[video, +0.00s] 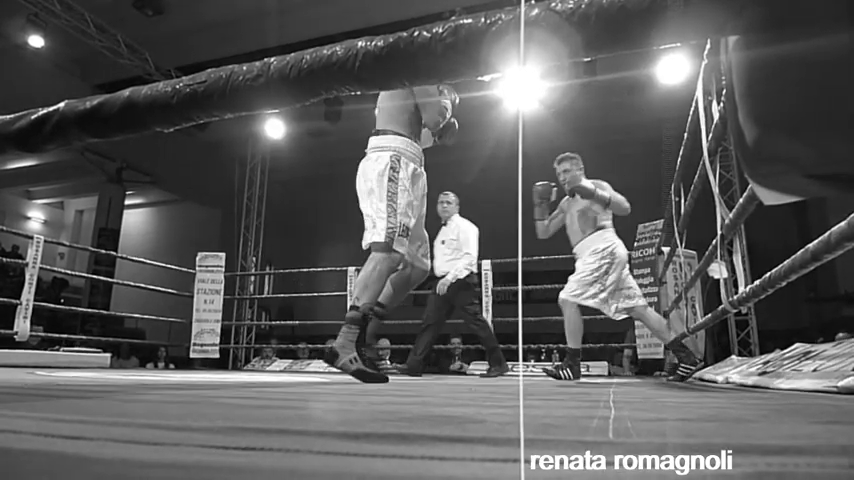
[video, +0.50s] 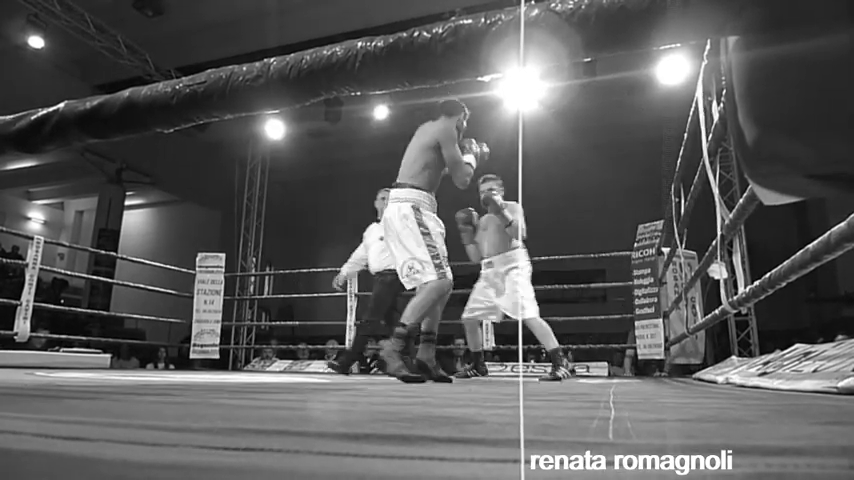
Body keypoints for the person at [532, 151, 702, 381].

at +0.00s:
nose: (564, 177)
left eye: (568, 171)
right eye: (560, 173)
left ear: (580, 170)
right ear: (558, 177)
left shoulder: (597, 186)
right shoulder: (566, 204)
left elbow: (625, 208)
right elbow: (543, 232)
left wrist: (593, 194)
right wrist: (540, 204)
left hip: (605, 248)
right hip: (591, 255)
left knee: (568, 299)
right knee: (639, 309)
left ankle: (572, 366)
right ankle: (686, 357)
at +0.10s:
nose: (545, 181)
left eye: (549, 175)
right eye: (541, 177)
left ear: (561, 175)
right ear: (538, 180)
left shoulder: (575, 195)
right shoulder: (543, 205)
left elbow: (599, 227)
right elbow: (532, 238)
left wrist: (569, 211)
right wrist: (524, 211)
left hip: (582, 252)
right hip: (564, 259)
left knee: (551, 306)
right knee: (593, 318)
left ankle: (568, 368)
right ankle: (651, 345)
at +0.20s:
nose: (532, 179)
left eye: (536, 173)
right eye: (528, 175)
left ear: (548, 173)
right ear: (525, 179)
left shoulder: (561, 193)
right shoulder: (532, 202)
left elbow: (574, 225)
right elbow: (528, 240)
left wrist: (540, 215)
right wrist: (514, 215)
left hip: (568, 253)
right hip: (549, 258)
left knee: (548, 307)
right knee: (565, 318)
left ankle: (568, 366)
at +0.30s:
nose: (511, 181)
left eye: (514, 176)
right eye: (507, 178)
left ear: (526, 174)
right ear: (505, 180)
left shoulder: (538, 192)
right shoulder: (512, 201)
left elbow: (545, 223)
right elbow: (514, 244)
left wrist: (518, 209)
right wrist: (498, 221)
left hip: (548, 252)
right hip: (526, 257)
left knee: (541, 305)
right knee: (510, 308)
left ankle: (567, 364)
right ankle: (532, 361)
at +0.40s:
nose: (499, 191)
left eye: (503, 185)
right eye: (495, 188)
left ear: (515, 185)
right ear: (492, 192)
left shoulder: (525, 200)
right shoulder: (497, 216)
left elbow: (529, 230)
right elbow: (495, 252)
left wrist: (505, 209)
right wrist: (482, 229)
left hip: (533, 258)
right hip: (510, 265)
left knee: (530, 309)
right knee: (490, 310)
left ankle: (564, 364)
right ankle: (489, 363)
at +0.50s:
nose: (488, 196)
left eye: (492, 191)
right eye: (484, 192)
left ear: (502, 192)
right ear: (479, 196)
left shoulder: (512, 207)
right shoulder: (481, 221)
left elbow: (519, 234)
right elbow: (475, 257)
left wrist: (499, 210)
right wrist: (465, 230)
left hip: (514, 266)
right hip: (489, 271)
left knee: (527, 315)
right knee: (469, 317)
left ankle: (560, 361)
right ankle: (477, 364)